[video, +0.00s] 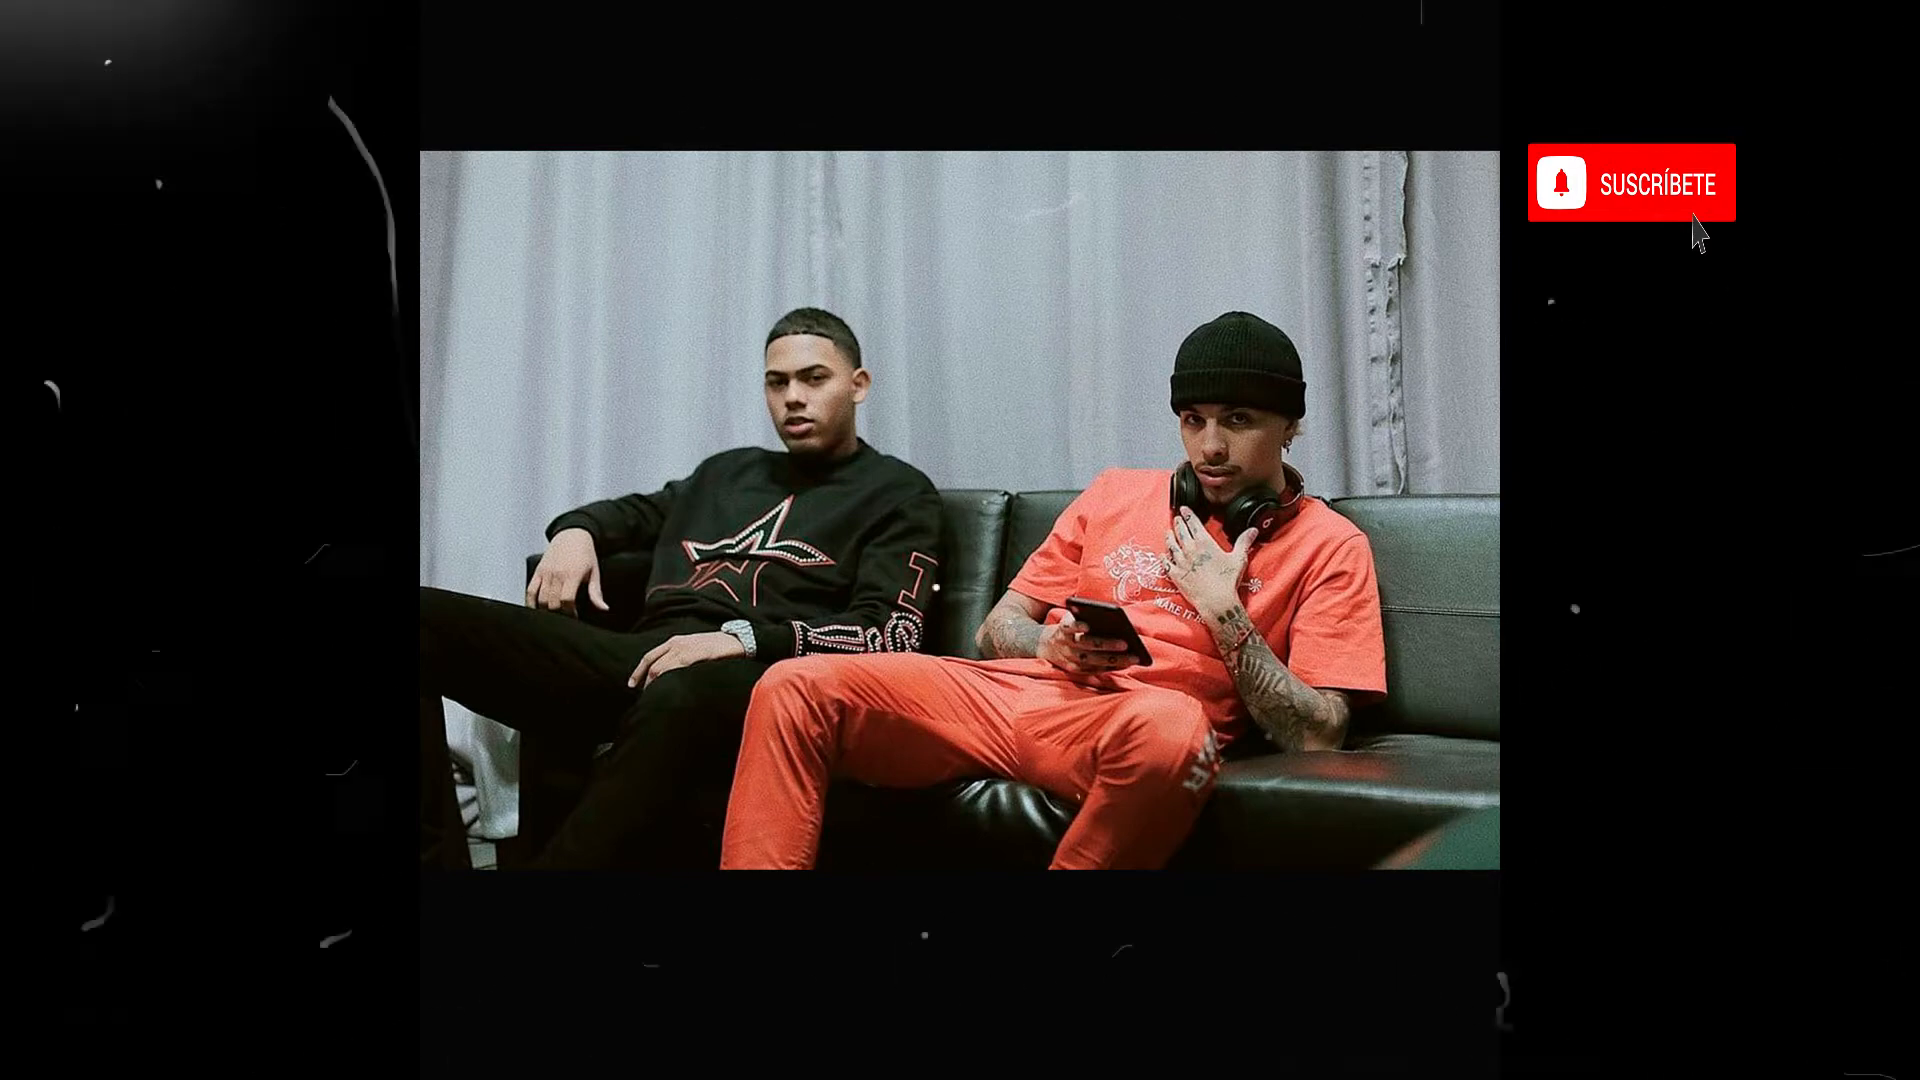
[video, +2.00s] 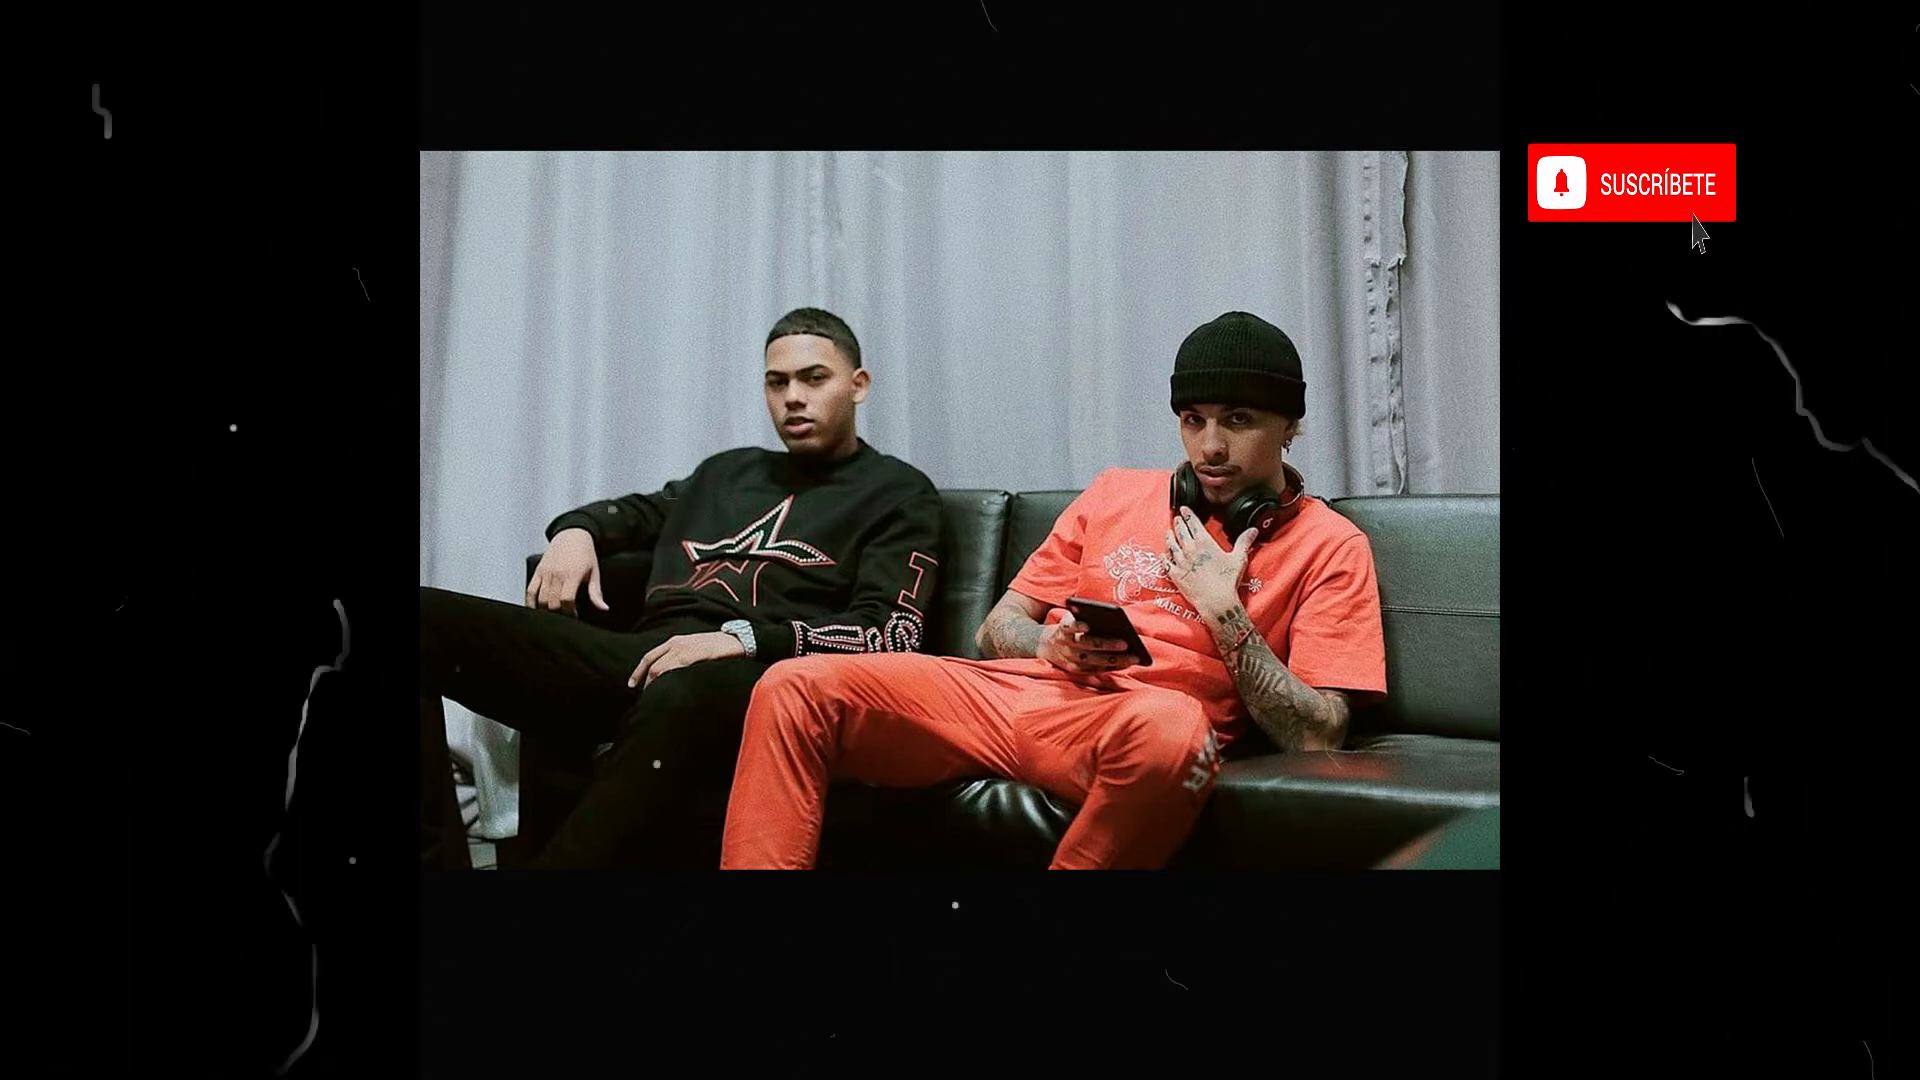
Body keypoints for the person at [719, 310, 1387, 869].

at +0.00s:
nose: (1210, 445)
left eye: (1238, 421)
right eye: (1196, 419)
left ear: (1289, 429)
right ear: (1179, 422)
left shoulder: (1328, 546)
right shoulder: (1118, 492)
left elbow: (1318, 734)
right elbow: (999, 626)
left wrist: (1227, 614)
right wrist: (1050, 647)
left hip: (1133, 707)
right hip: (1014, 685)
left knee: (1170, 747)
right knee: (792, 693)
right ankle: (758, 918)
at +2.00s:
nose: (1211, 445)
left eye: (1238, 421)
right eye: (1196, 419)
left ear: (1289, 429)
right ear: (1178, 422)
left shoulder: (1329, 545)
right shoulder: (1118, 492)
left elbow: (1318, 735)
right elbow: (999, 627)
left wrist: (1227, 615)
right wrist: (1050, 647)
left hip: (1129, 709)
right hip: (1013, 686)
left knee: (1171, 746)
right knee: (792, 693)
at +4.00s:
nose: (1210, 445)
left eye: (1238, 421)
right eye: (1195, 419)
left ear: (1288, 429)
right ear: (1179, 422)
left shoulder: (1329, 546)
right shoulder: (1117, 493)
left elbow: (1318, 735)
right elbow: (999, 625)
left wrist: (1227, 615)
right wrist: (1051, 647)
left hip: (1131, 708)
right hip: (1013, 685)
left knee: (1171, 745)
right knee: (792, 693)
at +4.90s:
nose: (1211, 445)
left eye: (1238, 422)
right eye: (1196, 419)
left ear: (1288, 428)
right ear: (1179, 422)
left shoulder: (1329, 546)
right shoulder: (1118, 493)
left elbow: (1317, 735)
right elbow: (999, 626)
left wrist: (1227, 615)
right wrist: (1052, 646)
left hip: (1132, 707)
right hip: (1013, 684)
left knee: (1171, 745)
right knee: (792, 694)